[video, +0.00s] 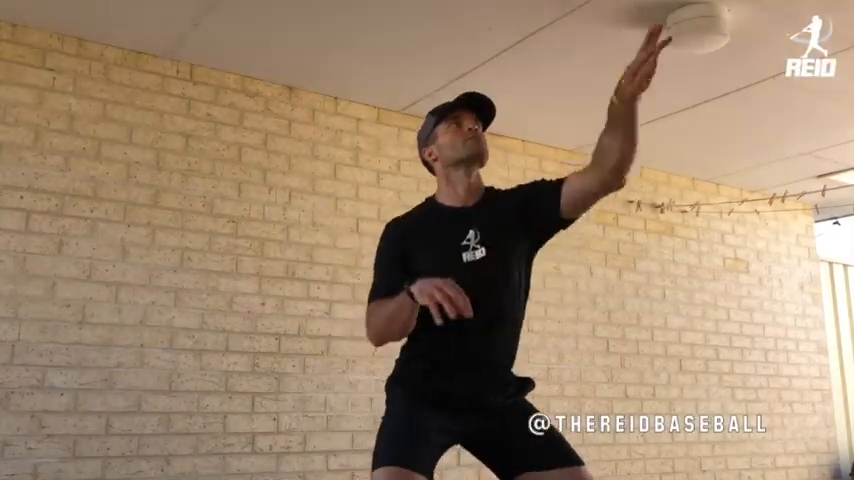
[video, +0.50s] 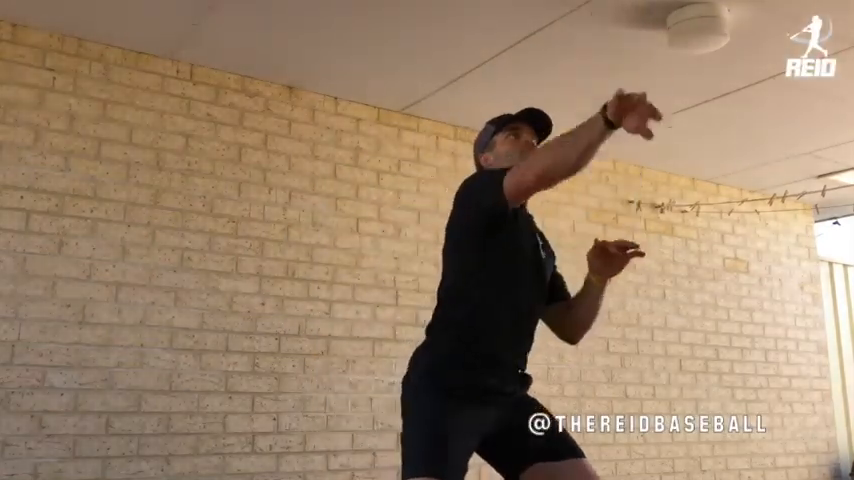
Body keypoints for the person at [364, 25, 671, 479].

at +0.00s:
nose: (472, 128)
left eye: (477, 124)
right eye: (455, 124)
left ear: (486, 146)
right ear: (430, 154)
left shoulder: (520, 209)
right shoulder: (403, 232)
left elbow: (606, 175)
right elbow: (379, 331)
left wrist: (625, 99)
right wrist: (413, 293)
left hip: (496, 395)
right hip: (420, 396)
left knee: (573, 476)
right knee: (394, 475)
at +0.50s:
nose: (529, 145)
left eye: (535, 139)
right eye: (513, 135)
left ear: (541, 153)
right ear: (485, 157)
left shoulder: (534, 243)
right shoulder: (477, 196)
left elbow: (570, 328)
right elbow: (543, 170)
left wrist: (596, 279)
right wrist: (608, 119)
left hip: (503, 393)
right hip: (444, 385)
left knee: (577, 473)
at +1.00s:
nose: (523, 167)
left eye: (527, 163)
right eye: (506, 159)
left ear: (532, 182)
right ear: (476, 183)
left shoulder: (551, 248)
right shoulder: (433, 246)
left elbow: (637, 208)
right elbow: (371, 316)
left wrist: (687, 124)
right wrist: (422, 314)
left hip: (484, 418)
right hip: (415, 403)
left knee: (568, 476)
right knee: (387, 474)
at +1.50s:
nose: (532, 177)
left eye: (534, 171)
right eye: (514, 168)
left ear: (542, 182)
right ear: (483, 189)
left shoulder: (522, 272)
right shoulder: (478, 230)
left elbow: (527, 354)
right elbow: (555, 190)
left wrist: (582, 352)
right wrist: (641, 122)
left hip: (478, 423)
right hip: (417, 415)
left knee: (570, 475)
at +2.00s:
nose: (462, 145)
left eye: (466, 140)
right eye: (444, 140)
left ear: (475, 159)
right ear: (417, 167)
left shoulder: (503, 228)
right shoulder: (386, 244)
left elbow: (584, 190)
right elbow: (336, 333)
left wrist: (624, 117)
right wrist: (391, 309)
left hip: (470, 408)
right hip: (397, 403)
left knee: (553, 476)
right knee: (377, 477)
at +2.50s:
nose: (462, 175)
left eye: (464, 168)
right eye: (444, 169)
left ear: (472, 182)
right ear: (415, 197)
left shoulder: (477, 265)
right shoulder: (411, 257)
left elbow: (501, 328)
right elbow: (482, 241)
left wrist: (540, 324)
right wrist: (568, 156)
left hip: (461, 436)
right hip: (396, 439)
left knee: (557, 476)